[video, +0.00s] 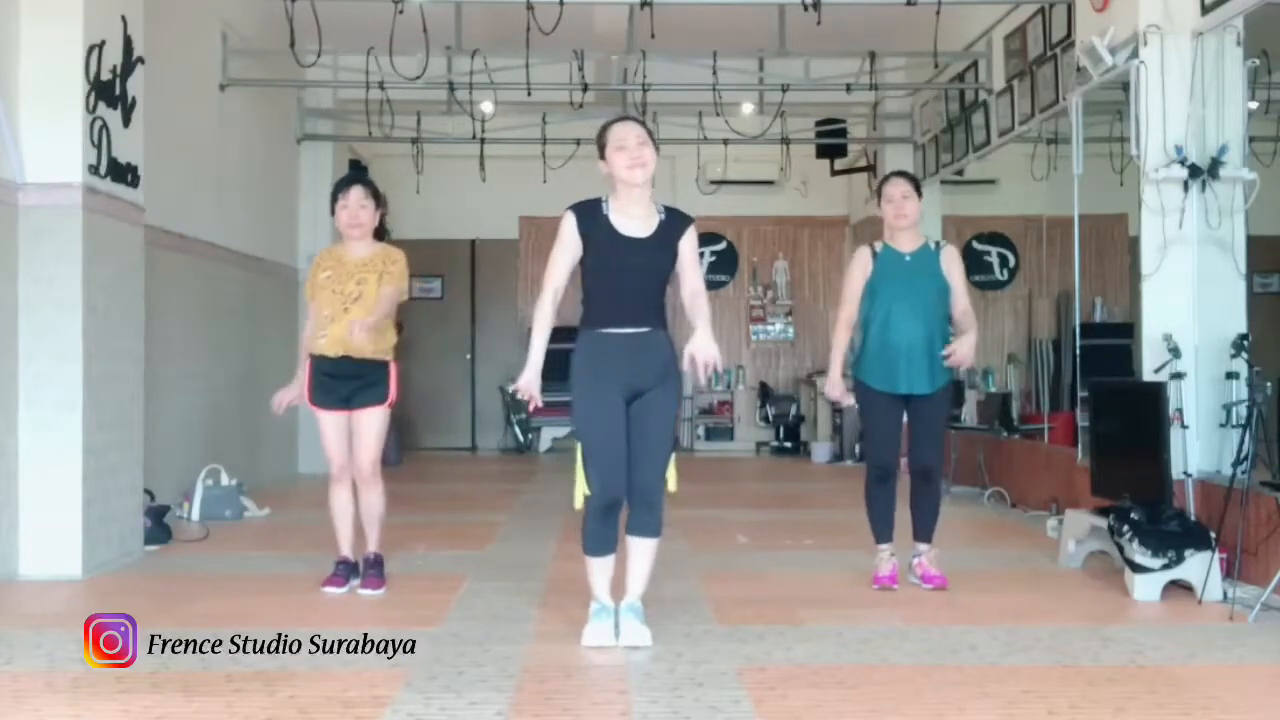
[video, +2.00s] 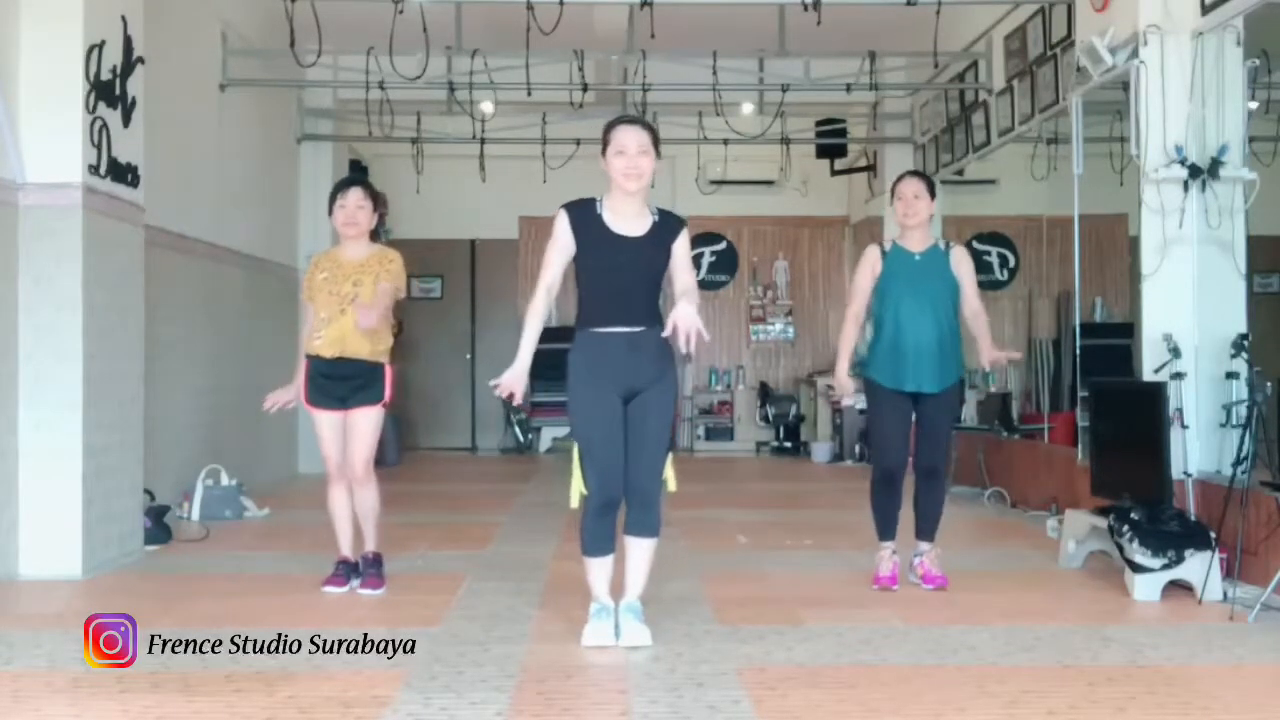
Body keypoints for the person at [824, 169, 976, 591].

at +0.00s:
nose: (898, 205)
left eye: (906, 198)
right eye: (890, 199)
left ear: (921, 204)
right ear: (880, 208)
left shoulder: (945, 256)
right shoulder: (867, 257)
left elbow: (962, 312)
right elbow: (845, 318)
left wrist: (969, 337)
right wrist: (835, 370)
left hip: (932, 380)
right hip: (878, 379)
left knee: (927, 467)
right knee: (881, 465)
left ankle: (923, 553)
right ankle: (884, 554)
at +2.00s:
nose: (908, 204)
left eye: (916, 197)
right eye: (901, 198)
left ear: (933, 205)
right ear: (892, 207)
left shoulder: (956, 255)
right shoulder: (876, 256)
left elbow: (973, 308)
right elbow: (854, 314)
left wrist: (986, 348)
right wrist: (842, 369)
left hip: (941, 380)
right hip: (887, 379)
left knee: (933, 466)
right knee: (888, 465)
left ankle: (925, 552)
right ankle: (887, 552)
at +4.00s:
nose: (902, 211)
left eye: (910, 203)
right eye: (894, 204)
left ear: (924, 208)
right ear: (884, 212)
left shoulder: (948, 257)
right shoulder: (870, 260)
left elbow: (968, 308)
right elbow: (852, 320)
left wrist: (982, 329)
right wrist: (846, 372)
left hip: (936, 381)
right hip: (882, 381)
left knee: (930, 466)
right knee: (884, 465)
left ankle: (923, 553)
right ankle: (887, 552)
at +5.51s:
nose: (897, 212)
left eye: (906, 205)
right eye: (891, 205)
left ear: (923, 209)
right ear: (883, 210)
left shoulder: (943, 262)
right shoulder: (864, 258)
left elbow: (954, 325)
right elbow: (844, 320)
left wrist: (964, 381)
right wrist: (837, 376)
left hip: (927, 384)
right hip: (870, 383)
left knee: (926, 468)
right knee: (880, 465)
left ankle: (921, 554)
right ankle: (885, 555)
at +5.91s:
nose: (890, 213)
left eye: (899, 205)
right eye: (883, 205)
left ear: (913, 210)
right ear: (873, 210)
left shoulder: (933, 261)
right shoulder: (856, 256)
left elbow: (946, 321)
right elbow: (837, 317)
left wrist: (955, 380)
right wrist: (842, 371)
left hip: (924, 380)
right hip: (869, 381)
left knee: (925, 466)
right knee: (879, 466)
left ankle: (917, 539)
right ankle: (887, 553)